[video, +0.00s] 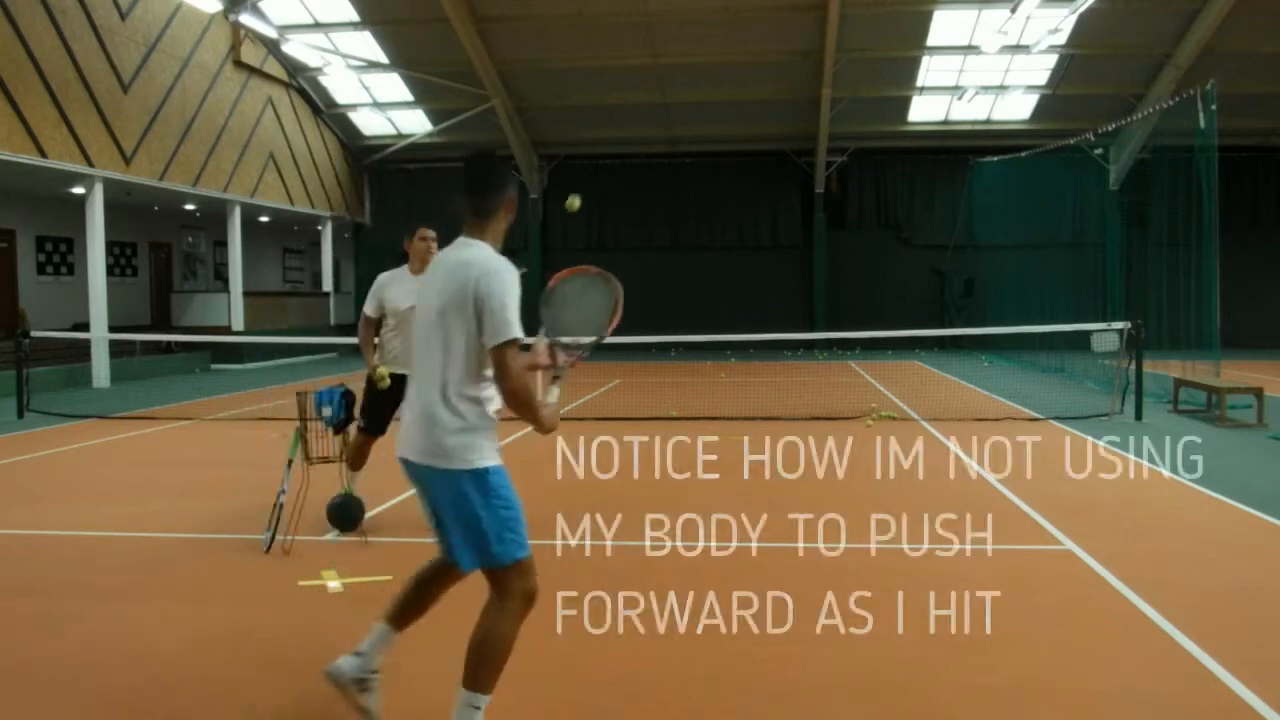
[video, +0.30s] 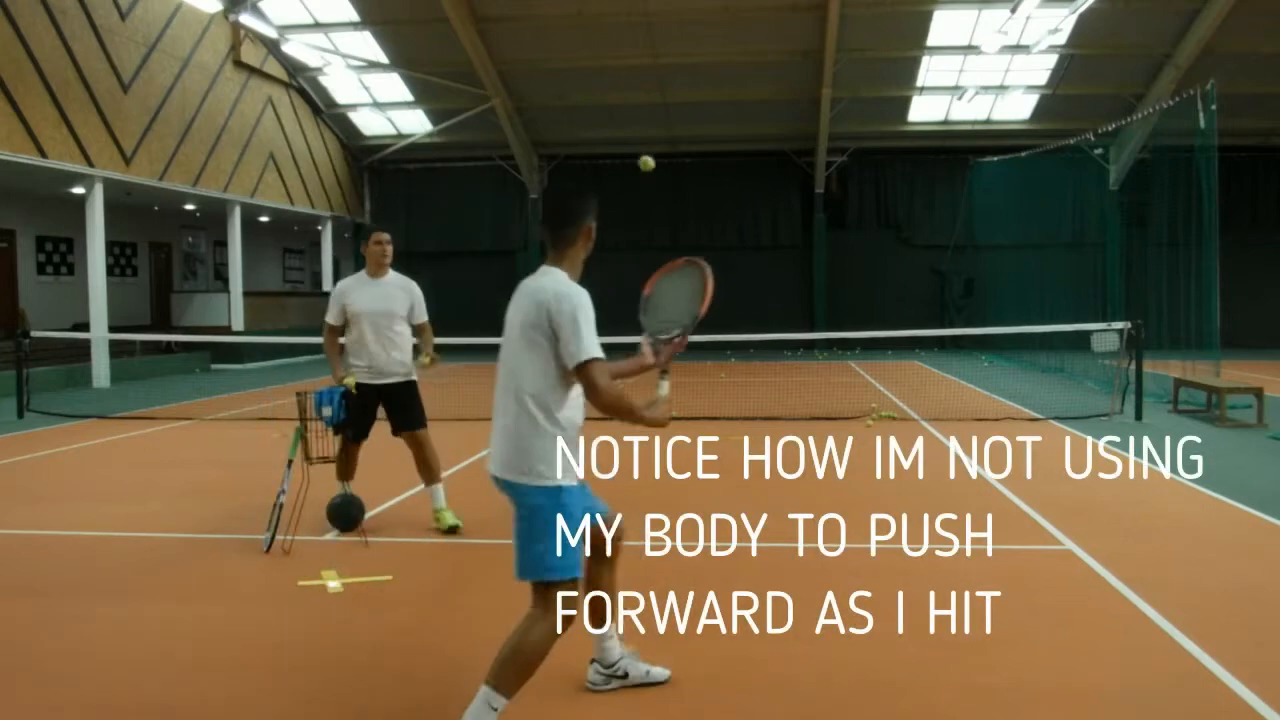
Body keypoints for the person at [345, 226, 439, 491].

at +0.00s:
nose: (431, 246)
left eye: (434, 241)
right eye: (424, 240)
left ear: (439, 248)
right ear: (408, 246)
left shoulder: (444, 282)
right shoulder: (387, 281)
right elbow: (367, 323)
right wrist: (371, 362)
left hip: (431, 373)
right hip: (391, 372)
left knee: (440, 435)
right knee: (366, 434)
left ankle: (443, 499)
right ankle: (350, 485)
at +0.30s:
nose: (384, 249)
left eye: (388, 244)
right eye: (378, 243)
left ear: (393, 250)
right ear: (364, 250)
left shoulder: (409, 288)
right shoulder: (345, 289)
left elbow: (424, 329)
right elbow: (331, 334)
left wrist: (427, 351)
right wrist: (338, 372)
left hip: (401, 379)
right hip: (360, 379)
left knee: (419, 437)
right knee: (350, 442)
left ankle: (441, 508)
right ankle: (344, 501)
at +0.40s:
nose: (377, 246)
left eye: (380, 241)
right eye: (370, 241)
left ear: (385, 247)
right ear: (356, 246)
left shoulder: (399, 284)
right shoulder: (336, 285)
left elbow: (410, 325)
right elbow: (318, 330)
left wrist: (414, 351)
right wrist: (323, 371)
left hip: (393, 378)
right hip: (352, 380)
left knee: (415, 437)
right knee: (346, 443)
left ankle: (435, 502)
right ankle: (344, 501)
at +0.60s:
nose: (369, 242)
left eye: (373, 237)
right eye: (363, 237)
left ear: (378, 243)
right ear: (350, 242)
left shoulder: (390, 278)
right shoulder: (331, 281)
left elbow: (401, 320)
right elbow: (309, 328)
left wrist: (413, 339)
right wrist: (304, 375)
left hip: (388, 373)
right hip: (347, 376)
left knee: (404, 431)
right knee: (342, 438)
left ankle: (405, 491)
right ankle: (342, 497)